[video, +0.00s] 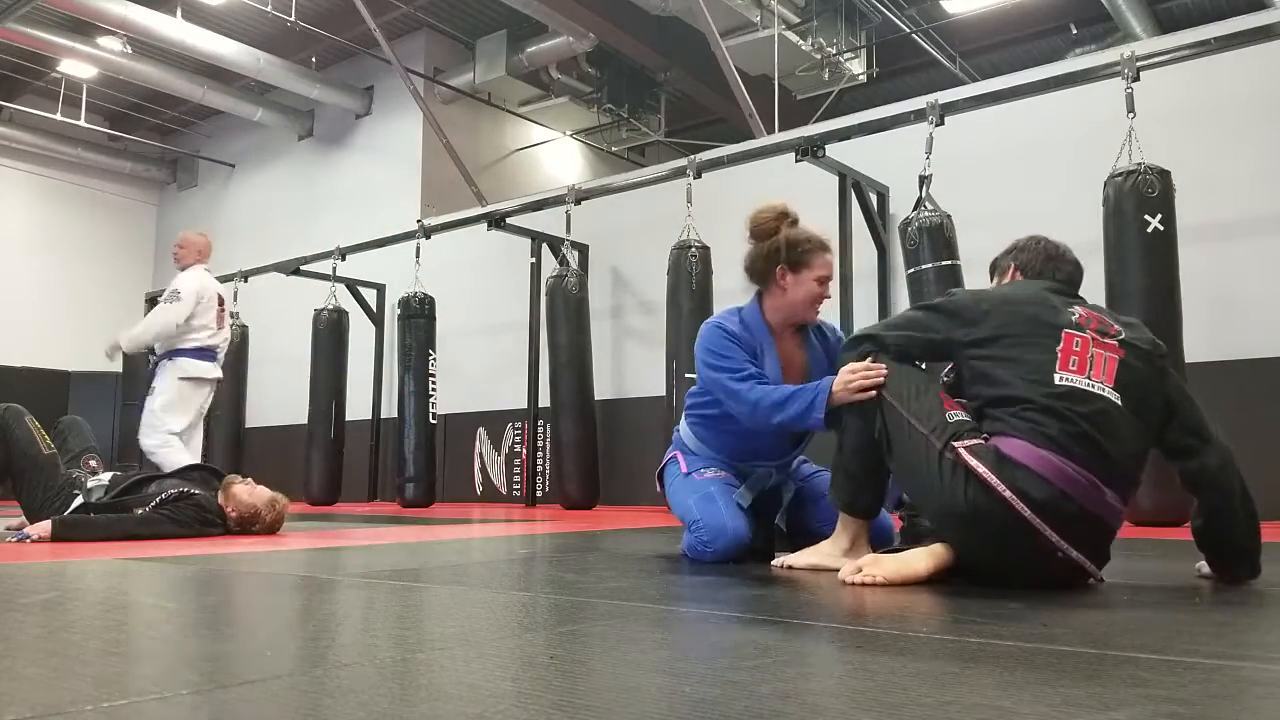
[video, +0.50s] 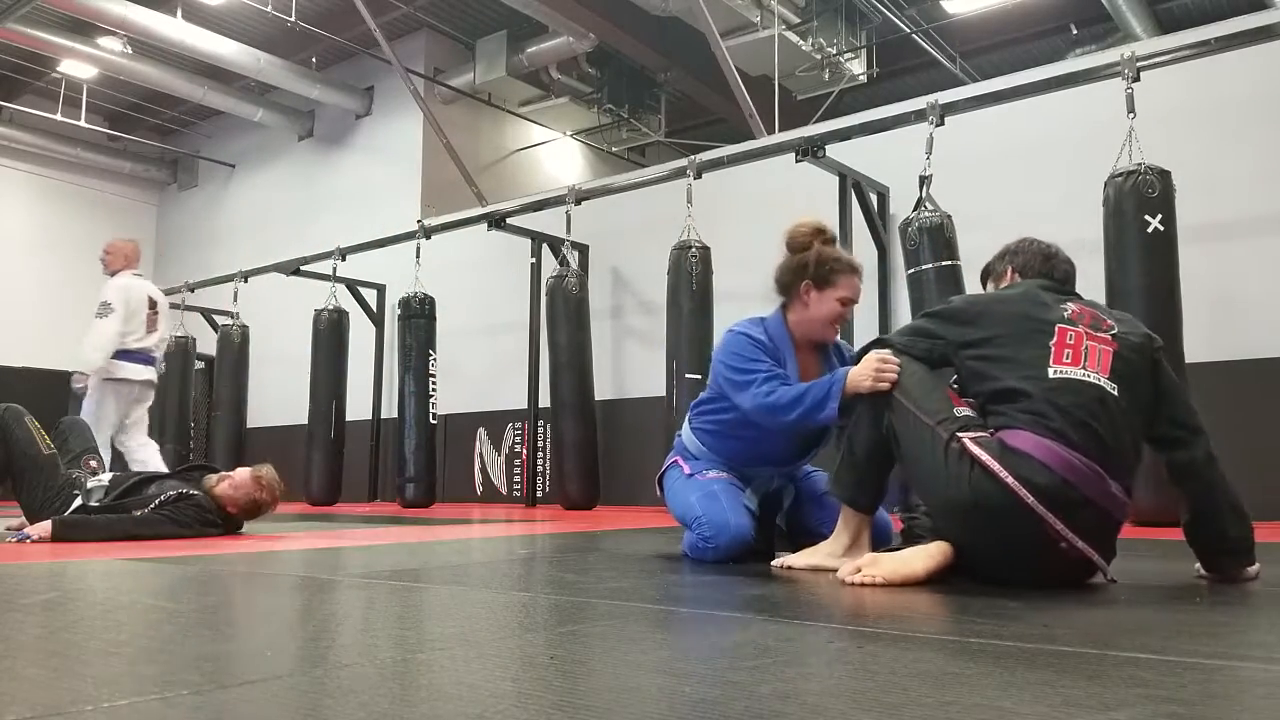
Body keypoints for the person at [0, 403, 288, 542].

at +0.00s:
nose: (247, 477)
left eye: (249, 489)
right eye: (255, 483)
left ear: (235, 511)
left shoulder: (199, 514)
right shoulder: (218, 485)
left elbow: (129, 525)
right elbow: (157, 479)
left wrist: (58, 526)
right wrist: (115, 479)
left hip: (69, 499)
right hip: (102, 482)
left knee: (11, 414)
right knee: (70, 422)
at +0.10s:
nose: (244, 478)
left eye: (247, 489)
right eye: (252, 483)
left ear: (234, 511)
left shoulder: (198, 514)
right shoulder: (216, 484)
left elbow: (129, 525)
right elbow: (161, 479)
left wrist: (56, 526)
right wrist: (121, 477)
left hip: (69, 500)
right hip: (104, 481)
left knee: (10, 414)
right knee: (71, 422)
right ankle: (35, 504)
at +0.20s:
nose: (243, 477)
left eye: (246, 488)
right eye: (250, 481)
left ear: (234, 512)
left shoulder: (199, 514)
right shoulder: (214, 483)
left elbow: (128, 525)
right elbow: (157, 476)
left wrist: (56, 526)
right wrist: (116, 481)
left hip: (68, 501)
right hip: (100, 483)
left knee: (11, 414)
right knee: (71, 421)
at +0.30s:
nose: (235, 473)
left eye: (239, 482)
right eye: (243, 475)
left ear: (233, 508)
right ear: (241, 475)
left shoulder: (196, 515)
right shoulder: (215, 481)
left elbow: (128, 525)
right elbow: (155, 477)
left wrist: (56, 526)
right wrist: (115, 480)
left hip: (67, 501)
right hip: (100, 483)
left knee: (11, 414)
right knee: (71, 421)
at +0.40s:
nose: (227, 478)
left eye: (234, 488)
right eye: (235, 475)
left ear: (236, 509)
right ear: (238, 470)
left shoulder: (197, 515)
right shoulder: (214, 479)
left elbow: (128, 525)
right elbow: (158, 479)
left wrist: (56, 526)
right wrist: (116, 477)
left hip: (70, 502)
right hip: (103, 481)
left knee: (11, 415)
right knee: (70, 422)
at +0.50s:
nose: (225, 479)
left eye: (232, 489)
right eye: (233, 475)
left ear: (236, 509)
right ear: (234, 470)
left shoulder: (197, 514)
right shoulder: (210, 480)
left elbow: (129, 525)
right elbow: (151, 489)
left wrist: (57, 526)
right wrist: (114, 479)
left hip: (69, 501)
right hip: (101, 482)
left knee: (11, 415)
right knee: (72, 422)